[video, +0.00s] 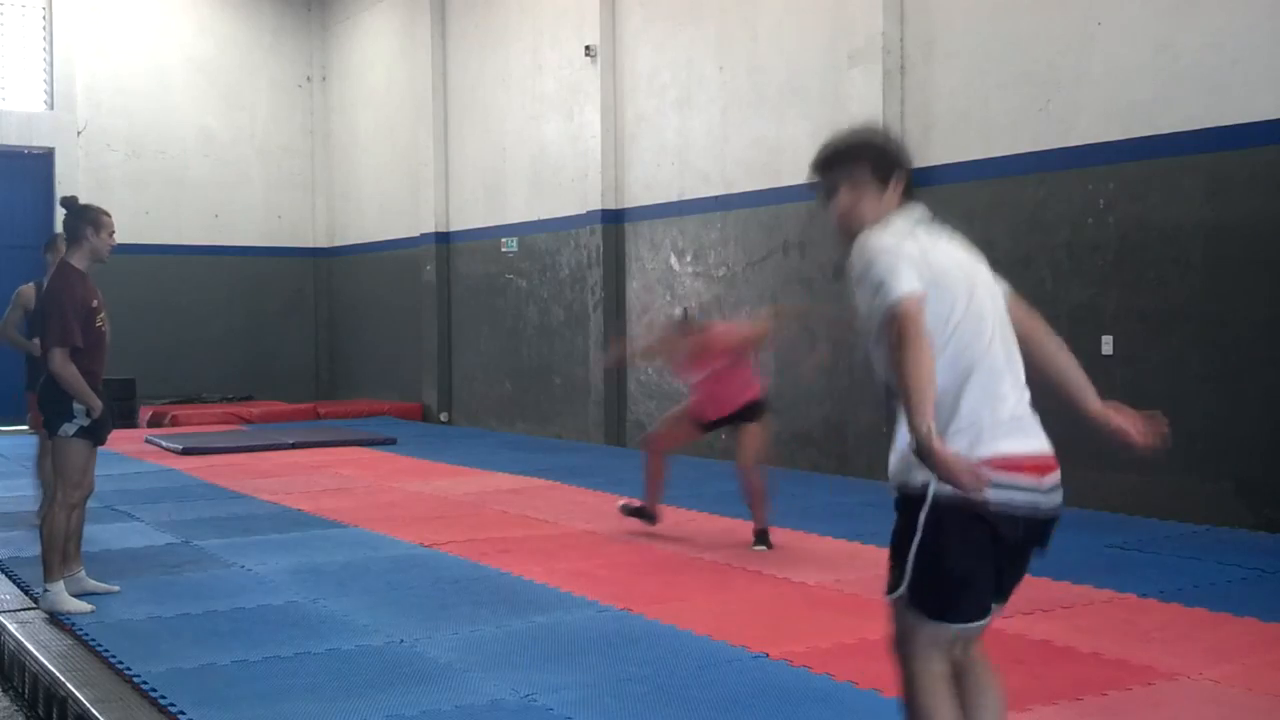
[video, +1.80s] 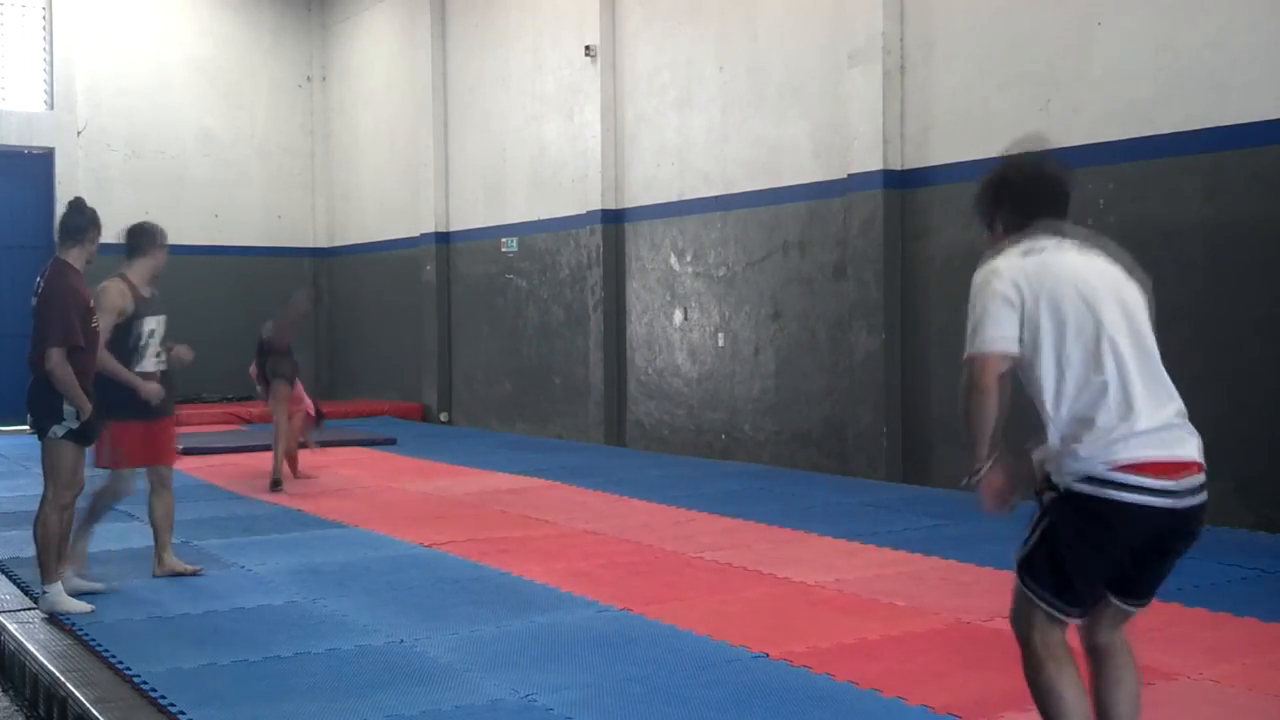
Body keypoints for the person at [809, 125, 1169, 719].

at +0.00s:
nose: (834, 209)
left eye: (841, 191)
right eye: (830, 194)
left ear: (887, 185)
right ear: (896, 187)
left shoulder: (881, 245)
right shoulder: (955, 247)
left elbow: (909, 326)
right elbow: (1029, 326)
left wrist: (924, 436)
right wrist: (1093, 405)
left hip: (957, 487)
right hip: (1029, 489)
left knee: (922, 652)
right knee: (964, 649)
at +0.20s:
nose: (870, 167)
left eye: (885, 151)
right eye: (865, 153)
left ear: (931, 155)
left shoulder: (915, 227)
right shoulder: (974, 225)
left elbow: (924, 333)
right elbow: (1023, 351)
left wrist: (892, 456)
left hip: (975, 476)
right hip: (1036, 471)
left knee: (947, 651)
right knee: (964, 606)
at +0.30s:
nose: (867, 163)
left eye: (880, 147)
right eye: (868, 147)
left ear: (929, 151)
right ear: (931, 153)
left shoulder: (922, 226)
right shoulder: (990, 218)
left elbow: (927, 347)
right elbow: (995, 347)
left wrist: (880, 461)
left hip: (977, 475)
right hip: (1039, 467)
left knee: (955, 649)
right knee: (997, 594)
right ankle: (1113, 618)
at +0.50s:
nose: (908, 163)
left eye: (911, 150)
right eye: (909, 150)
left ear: (924, 155)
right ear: (987, 148)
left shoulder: (935, 234)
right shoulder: (1035, 223)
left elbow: (939, 370)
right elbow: (1042, 341)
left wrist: (897, 433)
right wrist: (926, 387)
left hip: (991, 478)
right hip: (1071, 468)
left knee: (974, 666)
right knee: (1083, 631)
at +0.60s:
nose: (935, 164)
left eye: (936, 152)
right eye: (937, 151)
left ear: (946, 158)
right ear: (1012, 152)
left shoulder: (951, 240)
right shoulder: (1064, 227)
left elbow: (955, 371)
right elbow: (1093, 340)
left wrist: (915, 443)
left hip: (1013, 482)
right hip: (1094, 474)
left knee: (990, 666)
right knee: (1100, 639)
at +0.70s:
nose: (974, 163)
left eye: (976, 153)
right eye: (980, 151)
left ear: (983, 160)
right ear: (1051, 156)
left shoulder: (982, 241)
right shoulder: (1104, 232)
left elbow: (983, 367)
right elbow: (1137, 345)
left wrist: (950, 464)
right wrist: (1095, 409)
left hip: (1041, 483)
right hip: (1123, 475)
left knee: (1000, 656)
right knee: (1119, 639)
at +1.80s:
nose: (987, 236)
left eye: (988, 222)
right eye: (987, 222)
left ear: (999, 220)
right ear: (1058, 211)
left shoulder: (1006, 269)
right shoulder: (1111, 267)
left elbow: (987, 374)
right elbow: (1115, 394)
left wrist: (983, 460)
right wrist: (1038, 465)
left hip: (1107, 488)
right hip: (1185, 491)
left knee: (1037, 620)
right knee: (1106, 627)